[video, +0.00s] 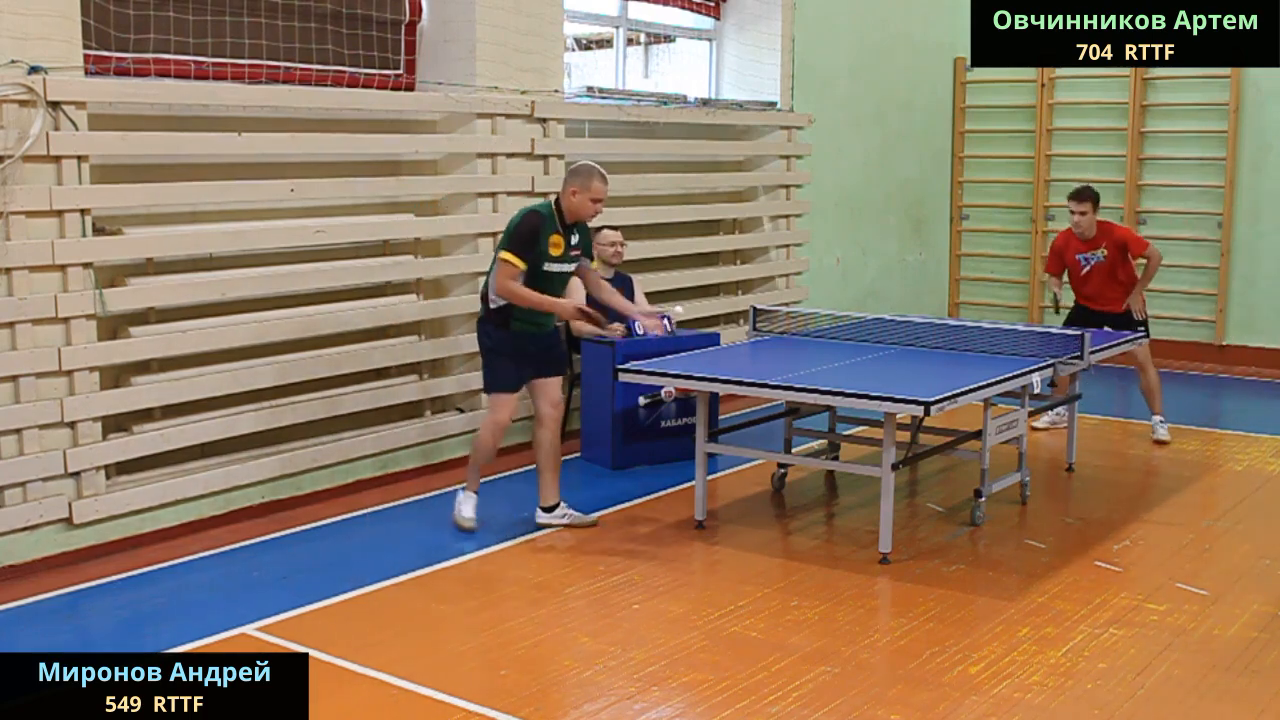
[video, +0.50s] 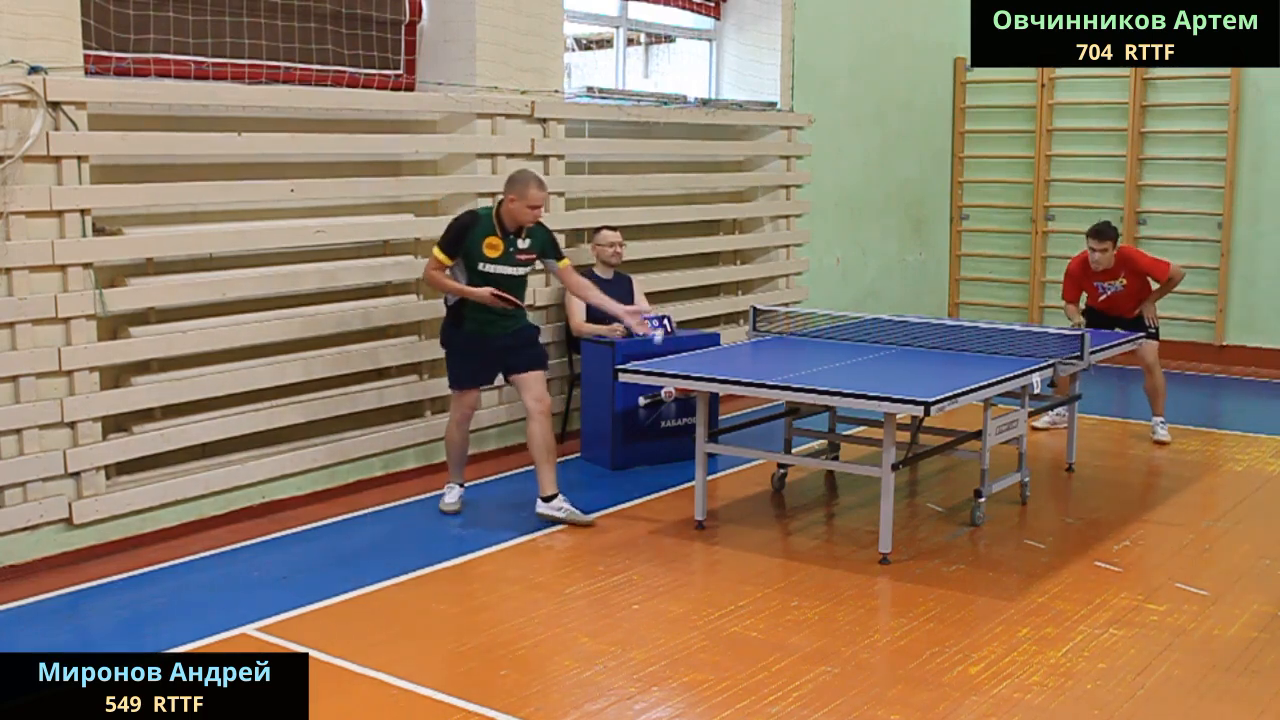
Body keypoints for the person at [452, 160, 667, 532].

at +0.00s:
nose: (599, 210)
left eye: (602, 203)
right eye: (595, 202)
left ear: (579, 196)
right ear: (572, 193)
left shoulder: (579, 229)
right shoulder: (531, 221)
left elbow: (592, 282)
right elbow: (502, 284)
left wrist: (638, 313)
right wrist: (561, 306)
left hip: (544, 330)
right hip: (504, 329)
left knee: (551, 412)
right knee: (500, 417)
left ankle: (549, 506)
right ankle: (469, 491)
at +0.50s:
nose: (539, 216)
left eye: (542, 209)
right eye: (534, 208)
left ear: (537, 205)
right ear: (509, 200)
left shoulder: (538, 236)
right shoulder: (469, 225)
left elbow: (573, 280)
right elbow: (431, 274)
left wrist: (622, 311)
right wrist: (473, 292)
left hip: (515, 329)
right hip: (469, 332)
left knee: (540, 405)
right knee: (463, 411)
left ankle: (549, 497)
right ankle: (454, 484)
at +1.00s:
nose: (568, 250)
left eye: (571, 244)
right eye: (562, 242)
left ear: (573, 238)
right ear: (540, 231)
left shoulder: (565, 258)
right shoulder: (500, 239)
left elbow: (586, 303)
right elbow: (462, 292)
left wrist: (617, 335)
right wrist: (500, 324)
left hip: (520, 325)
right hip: (476, 322)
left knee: (531, 402)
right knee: (465, 403)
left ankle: (544, 490)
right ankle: (454, 484)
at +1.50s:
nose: (588, 271)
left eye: (591, 265)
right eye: (583, 264)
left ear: (593, 259)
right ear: (562, 253)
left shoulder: (580, 268)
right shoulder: (529, 262)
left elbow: (606, 309)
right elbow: (521, 330)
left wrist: (632, 337)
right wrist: (572, 349)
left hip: (526, 322)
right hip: (481, 321)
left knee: (536, 400)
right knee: (469, 404)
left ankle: (544, 490)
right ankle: (451, 485)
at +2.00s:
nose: (568, 282)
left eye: (570, 275)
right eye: (560, 276)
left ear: (570, 274)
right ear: (537, 276)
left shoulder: (565, 302)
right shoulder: (501, 293)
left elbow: (597, 344)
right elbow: (476, 351)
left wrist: (639, 353)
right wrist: (524, 339)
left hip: (526, 361)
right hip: (481, 368)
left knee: (578, 410)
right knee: (488, 450)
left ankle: (599, 498)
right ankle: (455, 487)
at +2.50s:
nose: (564, 239)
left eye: (568, 232)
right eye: (555, 233)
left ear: (572, 235)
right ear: (535, 236)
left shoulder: (577, 268)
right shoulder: (511, 257)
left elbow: (610, 290)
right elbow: (457, 272)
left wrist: (638, 291)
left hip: (539, 348)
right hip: (492, 354)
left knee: (597, 387)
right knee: (483, 445)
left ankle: (587, 476)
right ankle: (455, 489)